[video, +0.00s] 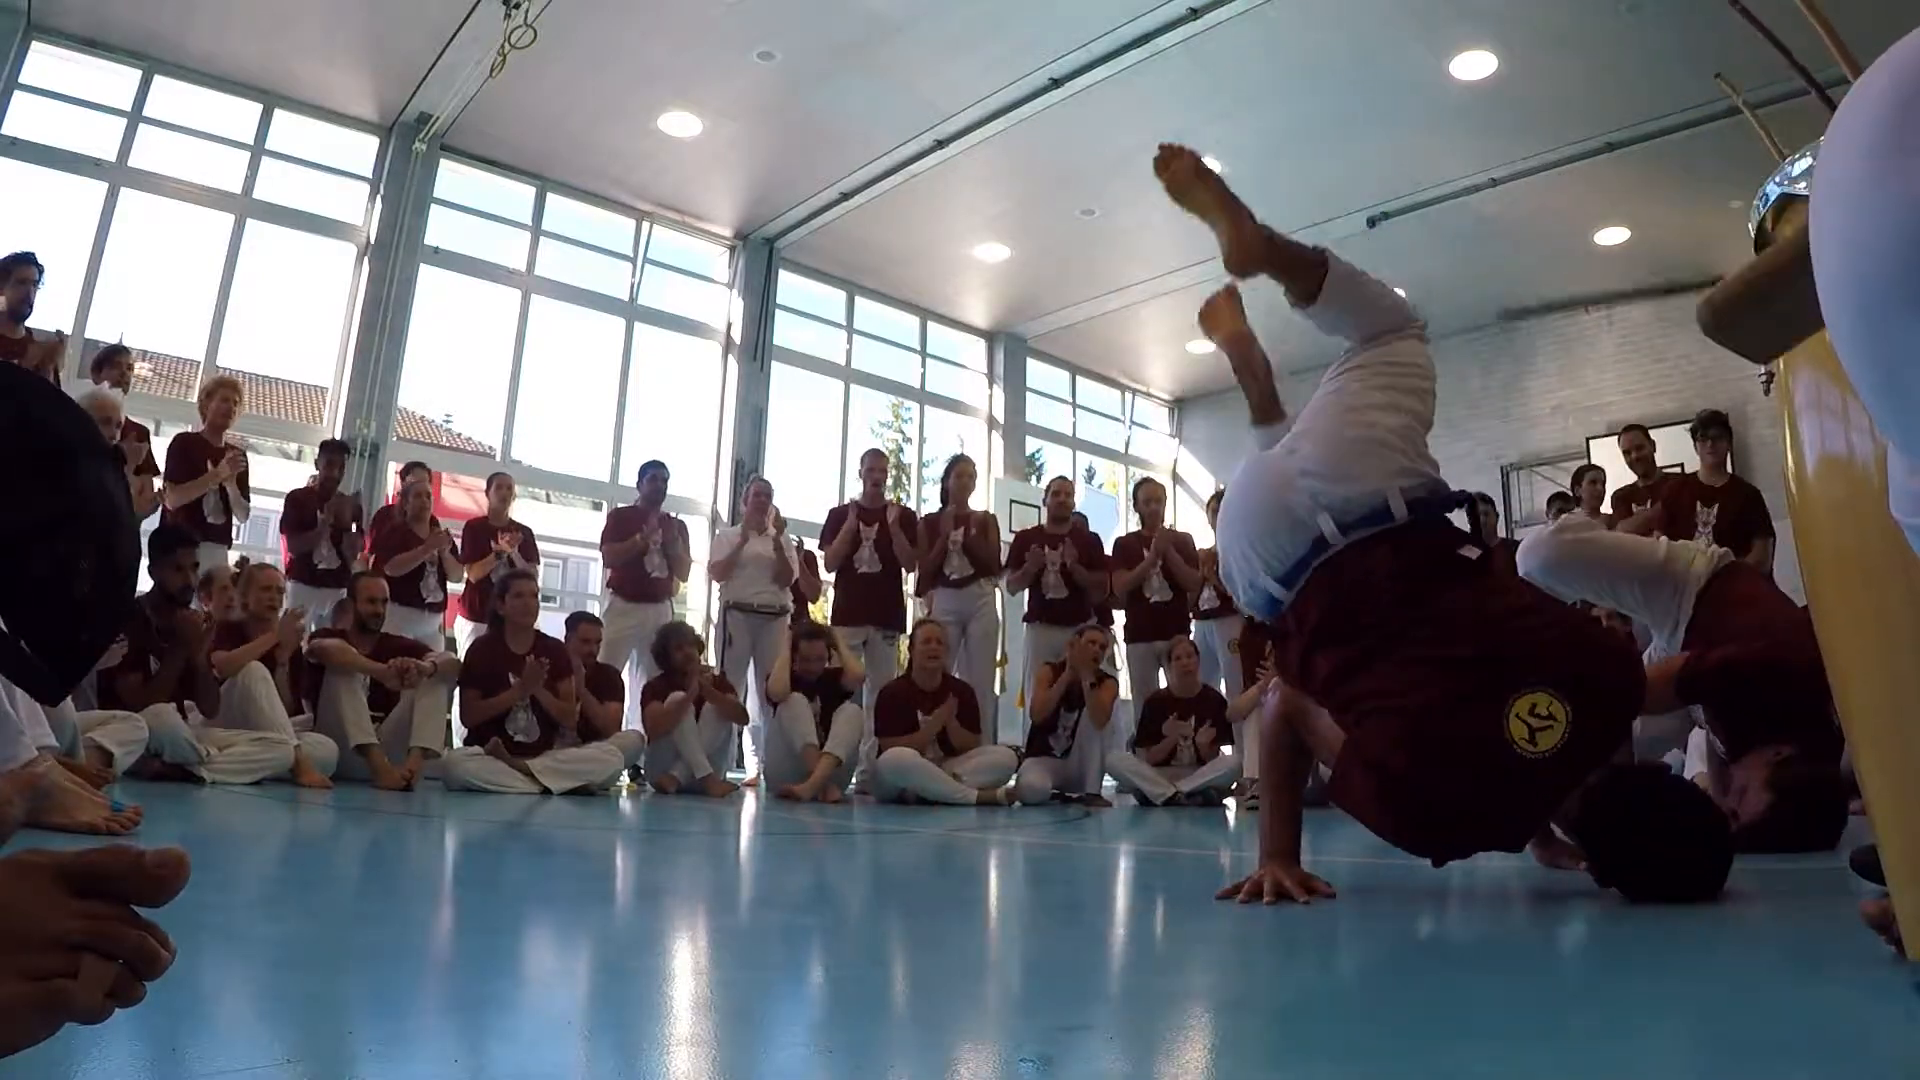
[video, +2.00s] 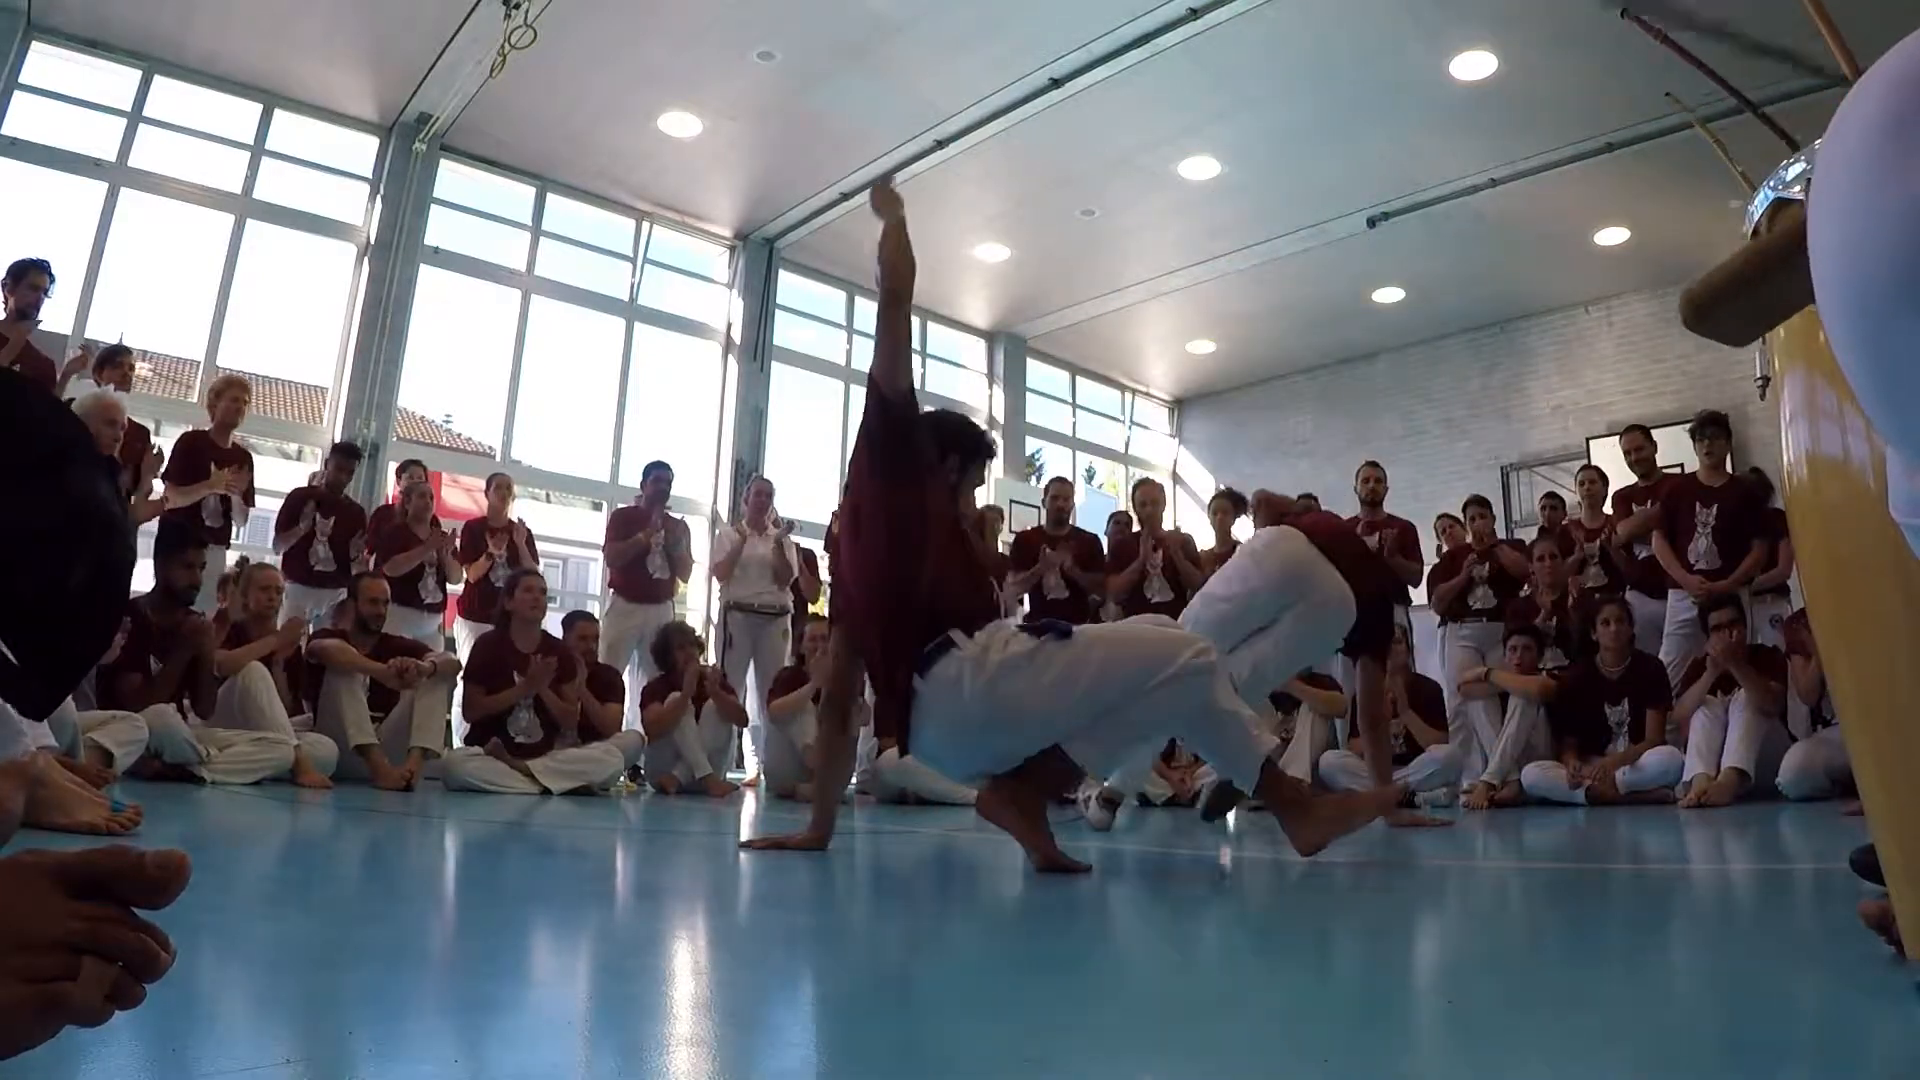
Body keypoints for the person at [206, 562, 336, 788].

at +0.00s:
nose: (274, 598)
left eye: (279, 591)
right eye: (266, 590)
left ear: (284, 597)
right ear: (245, 595)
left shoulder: (290, 642)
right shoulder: (228, 630)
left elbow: (290, 710)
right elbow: (221, 667)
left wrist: (284, 660)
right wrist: (275, 638)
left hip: (274, 733)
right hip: (227, 726)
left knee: (327, 752)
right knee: (253, 671)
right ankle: (299, 762)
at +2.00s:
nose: (273, 597)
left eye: (278, 591)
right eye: (264, 590)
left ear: (283, 596)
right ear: (245, 594)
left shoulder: (288, 643)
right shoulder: (229, 629)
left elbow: (292, 712)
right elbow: (220, 666)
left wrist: (278, 664)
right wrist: (279, 639)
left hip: (271, 732)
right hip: (223, 725)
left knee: (326, 752)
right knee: (253, 672)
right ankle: (299, 763)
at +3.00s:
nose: (276, 597)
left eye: (280, 591)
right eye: (268, 590)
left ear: (285, 597)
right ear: (244, 599)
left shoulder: (286, 645)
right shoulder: (226, 629)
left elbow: (291, 711)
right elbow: (222, 662)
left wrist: (301, 660)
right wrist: (281, 642)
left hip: (268, 733)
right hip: (222, 725)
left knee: (327, 751)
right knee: (253, 671)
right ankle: (298, 761)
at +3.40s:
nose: (291, 599)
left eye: (294, 594)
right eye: (283, 591)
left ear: (297, 600)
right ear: (257, 599)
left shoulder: (295, 650)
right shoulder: (234, 629)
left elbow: (302, 720)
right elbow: (236, 659)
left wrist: (314, 675)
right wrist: (302, 658)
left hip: (270, 734)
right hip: (224, 726)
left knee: (327, 752)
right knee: (253, 674)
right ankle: (299, 762)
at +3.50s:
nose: (295, 601)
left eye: (298, 596)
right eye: (287, 594)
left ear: (301, 601)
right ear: (262, 600)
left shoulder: (298, 654)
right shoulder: (233, 631)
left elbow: (301, 724)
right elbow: (239, 665)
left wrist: (322, 694)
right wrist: (305, 658)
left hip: (269, 736)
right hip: (222, 727)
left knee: (326, 753)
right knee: (253, 678)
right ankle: (298, 762)